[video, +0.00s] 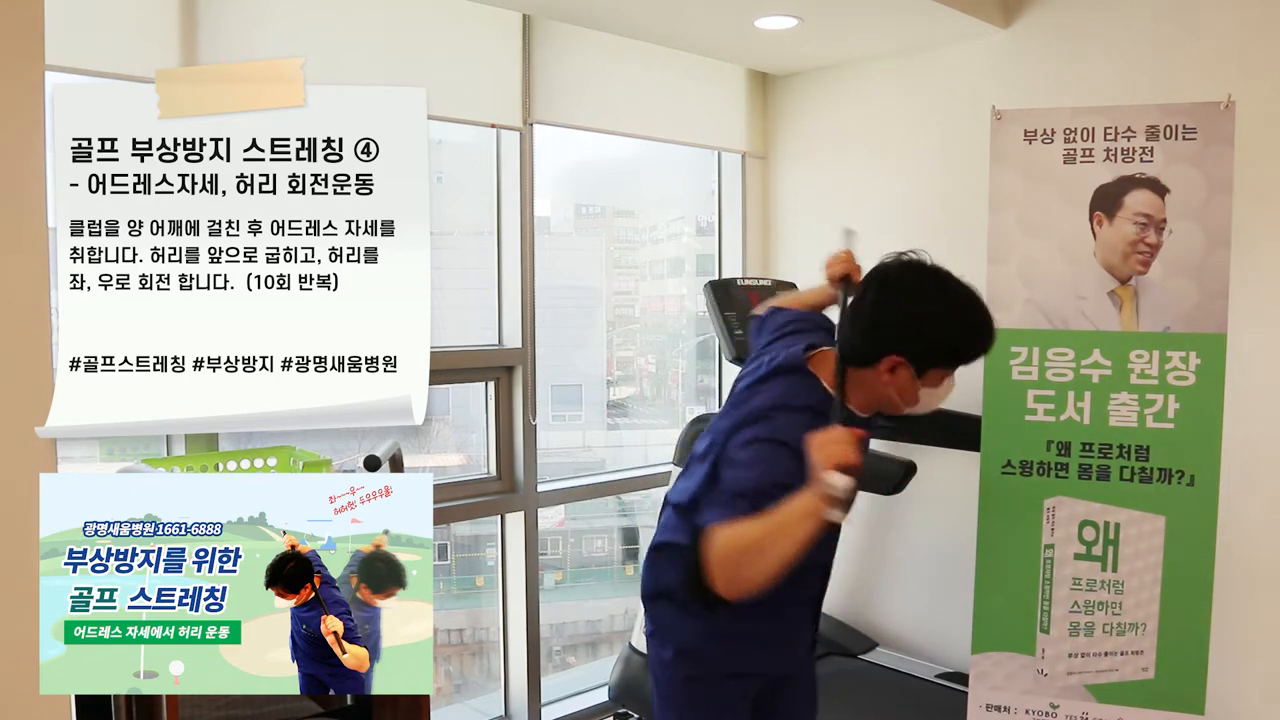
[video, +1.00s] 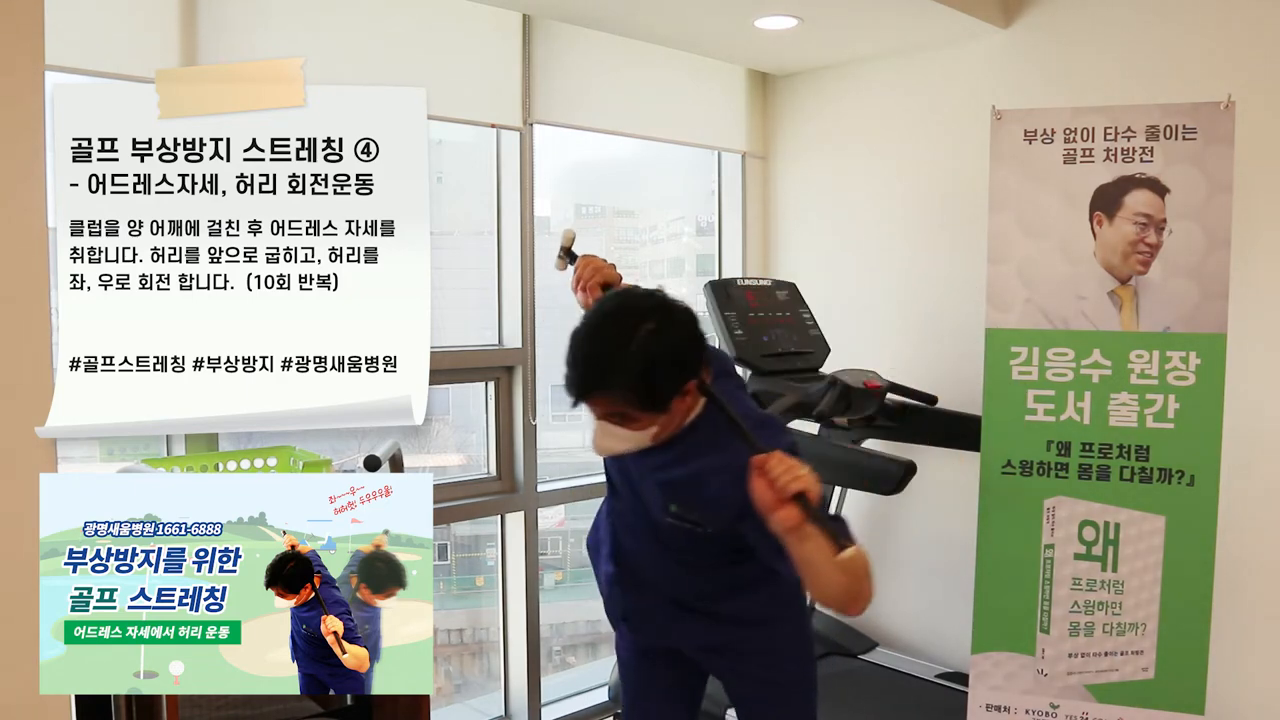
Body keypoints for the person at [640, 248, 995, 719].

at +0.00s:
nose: (941, 388)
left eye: (945, 378)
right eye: (938, 378)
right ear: (893, 372)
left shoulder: (805, 337)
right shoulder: (778, 426)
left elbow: (769, 310)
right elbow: (728, 576)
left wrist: (830, 290)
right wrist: (822, 494)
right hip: (710, 651)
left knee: (791, 710)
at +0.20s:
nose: (892, 413)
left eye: (907, 403)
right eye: (889, 401)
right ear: (840, 366)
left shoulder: (856, 393)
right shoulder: (741, 396)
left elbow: (915, 420)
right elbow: (599, 493)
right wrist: (696, 442)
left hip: (792, 626)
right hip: (692, 631)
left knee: (799, 711)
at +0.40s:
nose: (819, 427)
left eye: (840, 411)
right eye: (805, 407)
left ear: (864, 390)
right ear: (766, 360)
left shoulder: (872, 405)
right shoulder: (692, 385)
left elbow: (929, 430)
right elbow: (556, 412)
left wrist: (946, 395)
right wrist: (609, 377)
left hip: (789, 621)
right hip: (678, 621)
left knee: (802, 710)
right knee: (674, 711)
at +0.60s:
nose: (731, 426)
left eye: (759, 413)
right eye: (717, 405)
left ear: (794, 394)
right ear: (698, 368)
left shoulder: (841, 423)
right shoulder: (656, 366)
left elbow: (937, 501)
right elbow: (570, 366)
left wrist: (928, 454)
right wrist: (581, 340)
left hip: (780, 618)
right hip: (663, 609)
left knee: (797, 712)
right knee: (663, 713)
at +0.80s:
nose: (657, 427)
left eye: (682, 418)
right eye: (645, 410)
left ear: (734, 398)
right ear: (638, 372)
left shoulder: (785, 446)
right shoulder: (637, 356)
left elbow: (905, 556)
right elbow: (597, 334)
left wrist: (869, 499)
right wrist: (587, 314)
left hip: (767, 623)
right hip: (656, 607)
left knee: (790, 707)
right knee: (656, 707)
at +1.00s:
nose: (606, 428)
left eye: (622, 420)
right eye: (598, 415)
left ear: (686, 395)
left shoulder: (756, 454)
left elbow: (853, 597)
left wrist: (795, 529)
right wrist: (612, 294)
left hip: (756, 628)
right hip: (651, 614)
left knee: (780, 711)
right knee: (649, 713)